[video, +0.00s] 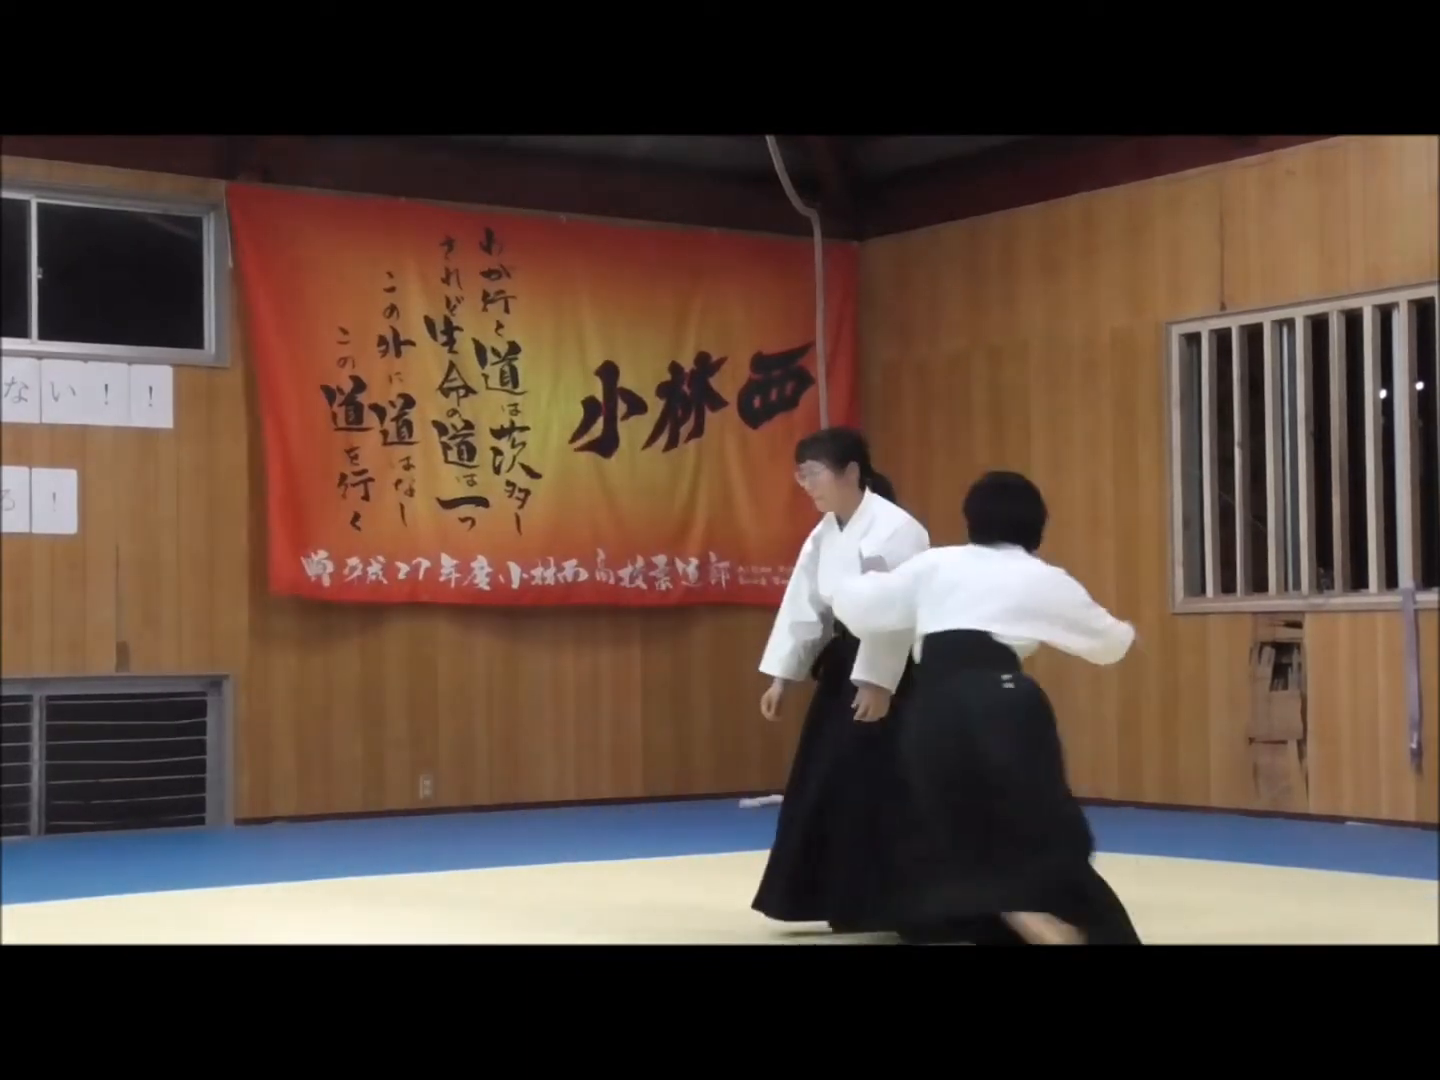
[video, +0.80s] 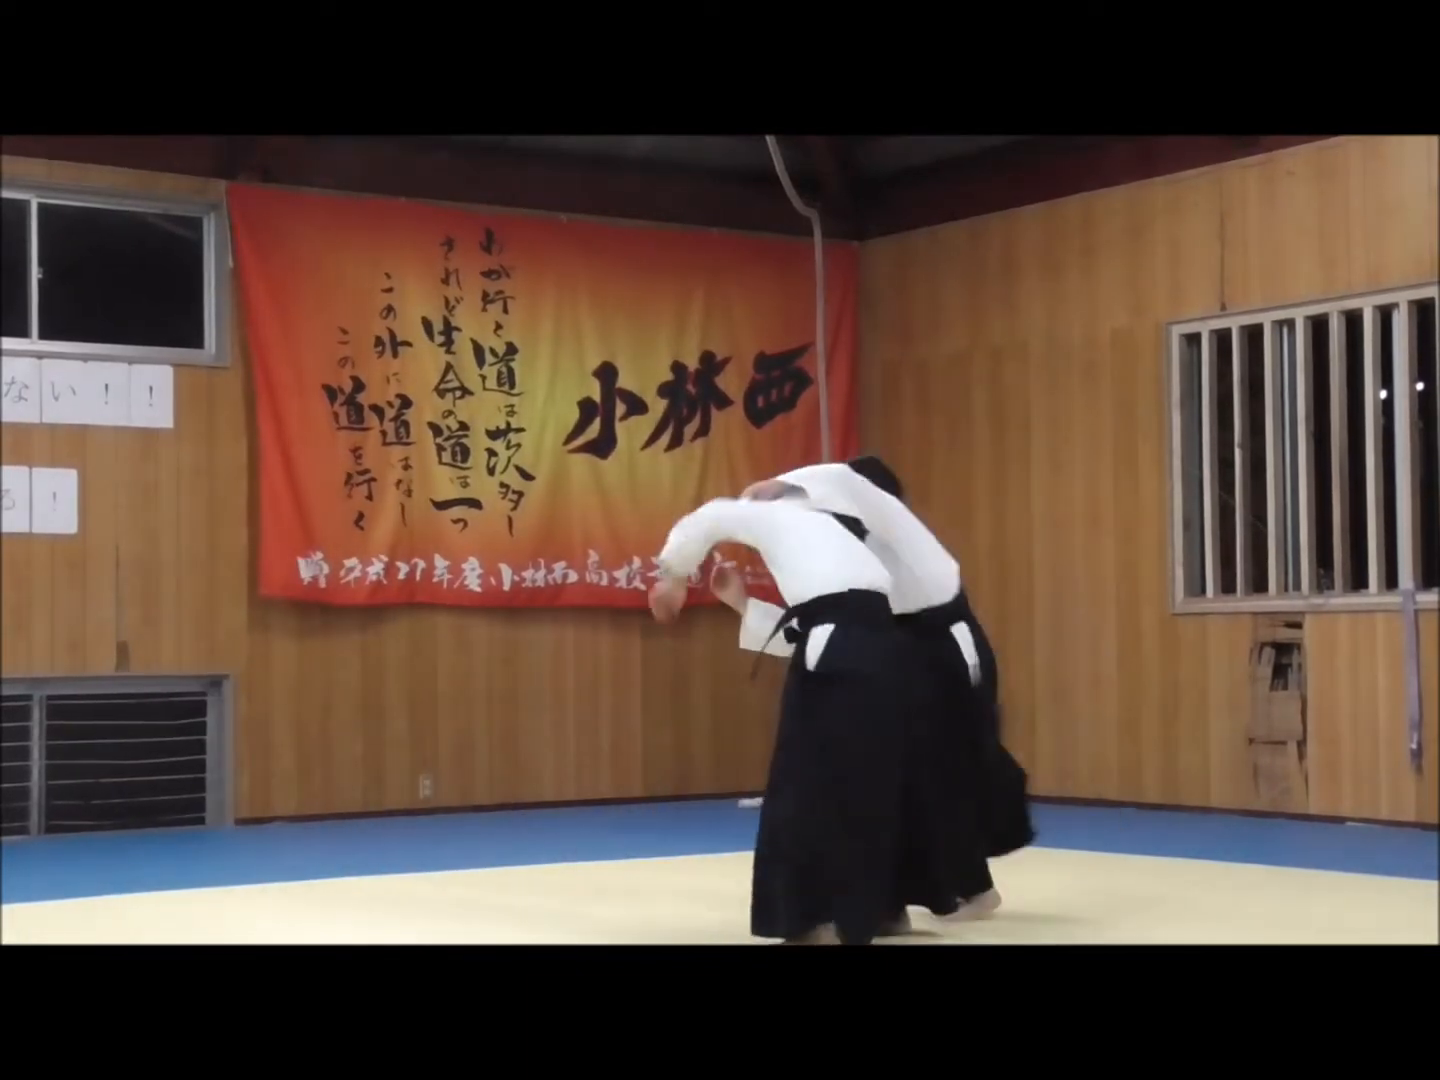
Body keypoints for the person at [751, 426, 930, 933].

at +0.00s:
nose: (806, 486)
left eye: (813, 475)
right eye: (802, 477)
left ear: (849, 472)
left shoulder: (899, 531)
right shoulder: (823, 537)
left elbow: (903, 610)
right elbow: (802, 606)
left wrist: (880, 678)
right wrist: (780, 673)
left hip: (891, 671)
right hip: (841, 667)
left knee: (868, 781)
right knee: (825, 775)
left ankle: (883, 900)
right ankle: (844, 900)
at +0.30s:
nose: (794, 486)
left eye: (802, 474)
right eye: (790, 477)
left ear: (837, 471)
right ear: (800, 481)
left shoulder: (880, 527)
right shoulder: (812, 536)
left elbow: (876, 601)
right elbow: (792, 609)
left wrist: (825, 648)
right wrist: (781, 681)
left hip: (884, 669)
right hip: (832, 670)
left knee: (880, 783)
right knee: (823, 783)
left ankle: (919, 898)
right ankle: (843, 903)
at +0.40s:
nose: (787, 489)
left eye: (794, 477)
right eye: (784, 479)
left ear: (829, 473)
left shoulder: (867, 523)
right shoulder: (810, 536)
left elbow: (857, 593)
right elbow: (794, 609)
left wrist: (787, 627)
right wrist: (771, 680)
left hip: (871, 672)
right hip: (828, 674)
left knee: (866, 786)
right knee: (820, 786)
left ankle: (893, 907)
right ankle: (837, 903)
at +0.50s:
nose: (781, 495)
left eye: (785, 482)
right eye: (778, 485)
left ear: (818, 473)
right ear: (812, 478)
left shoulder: (846, 515)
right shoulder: (820, 529)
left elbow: (835, 575)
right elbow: (803, 613)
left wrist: (758, 590)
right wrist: (767, 673)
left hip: (857, 667)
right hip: (835, 667)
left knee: (839, 790)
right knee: (839, 788)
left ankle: (842, 916)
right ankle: (867, 914)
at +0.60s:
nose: (773, 502)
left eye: (776, 488)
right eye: (770, 492)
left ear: (806, 478)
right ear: (813, 482)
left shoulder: (830, 516)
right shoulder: (837, 528)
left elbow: (792, 536)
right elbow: (814, 620)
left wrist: (726, 564)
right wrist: (753, 653)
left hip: (843, 667)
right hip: (870, 665)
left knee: (827, 789)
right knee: (865, 788)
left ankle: (829, 916)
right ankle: (864, 917)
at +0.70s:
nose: (770, 502)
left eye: (773, 492)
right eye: (769, 492)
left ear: (792, 481)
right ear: (817, 480)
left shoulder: (804, 503)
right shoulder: (854, 534)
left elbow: (752, 503)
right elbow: (824, 626)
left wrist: (702, 546)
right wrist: (745, 620)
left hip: (837, 660)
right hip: (881, 662)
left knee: (812, 787)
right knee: (864, 787)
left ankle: (819, 922)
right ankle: (863, 914)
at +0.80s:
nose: (747, 507)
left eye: (754, 498)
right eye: (750, 498)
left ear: (778, 495)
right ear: (811, 503)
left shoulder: (778, 516)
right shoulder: (848, 541)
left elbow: (709, 516)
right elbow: (809, 634)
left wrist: (674, 575)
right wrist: (745, 604)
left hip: (834, 656)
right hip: (886, 656)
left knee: (804, 791)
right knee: (861, 790)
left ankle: (810, 923)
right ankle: (859, 918)